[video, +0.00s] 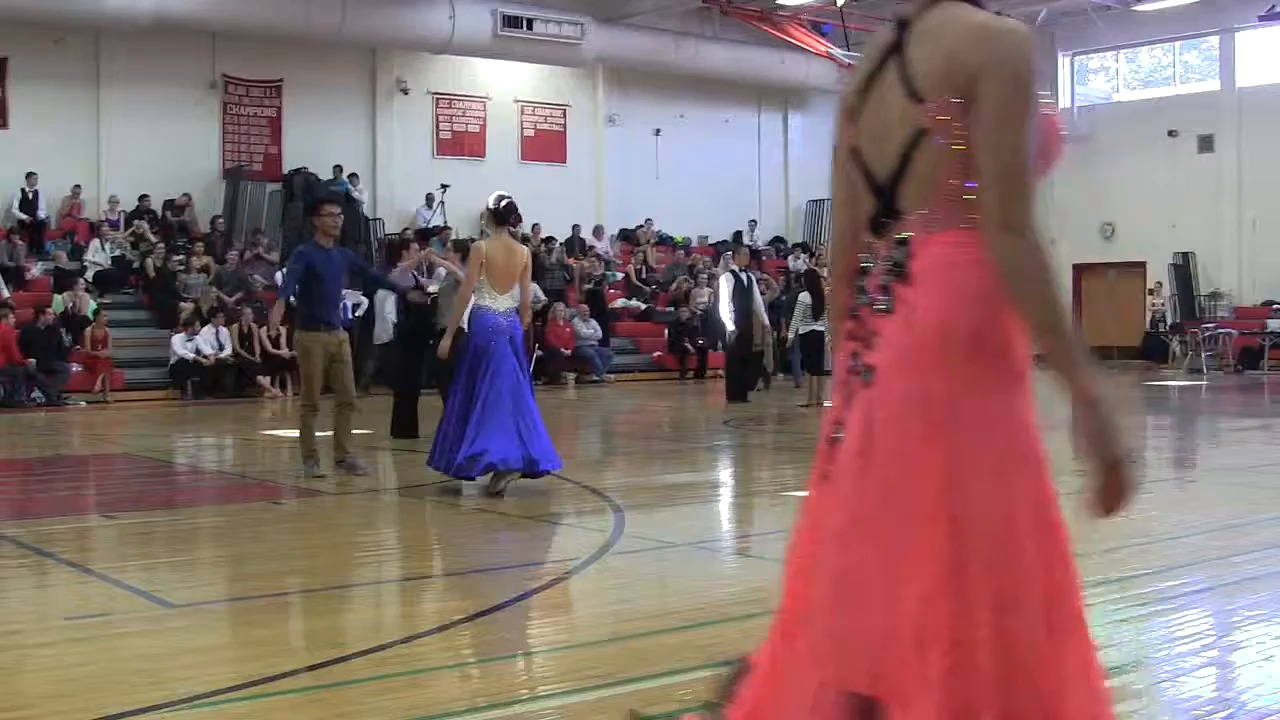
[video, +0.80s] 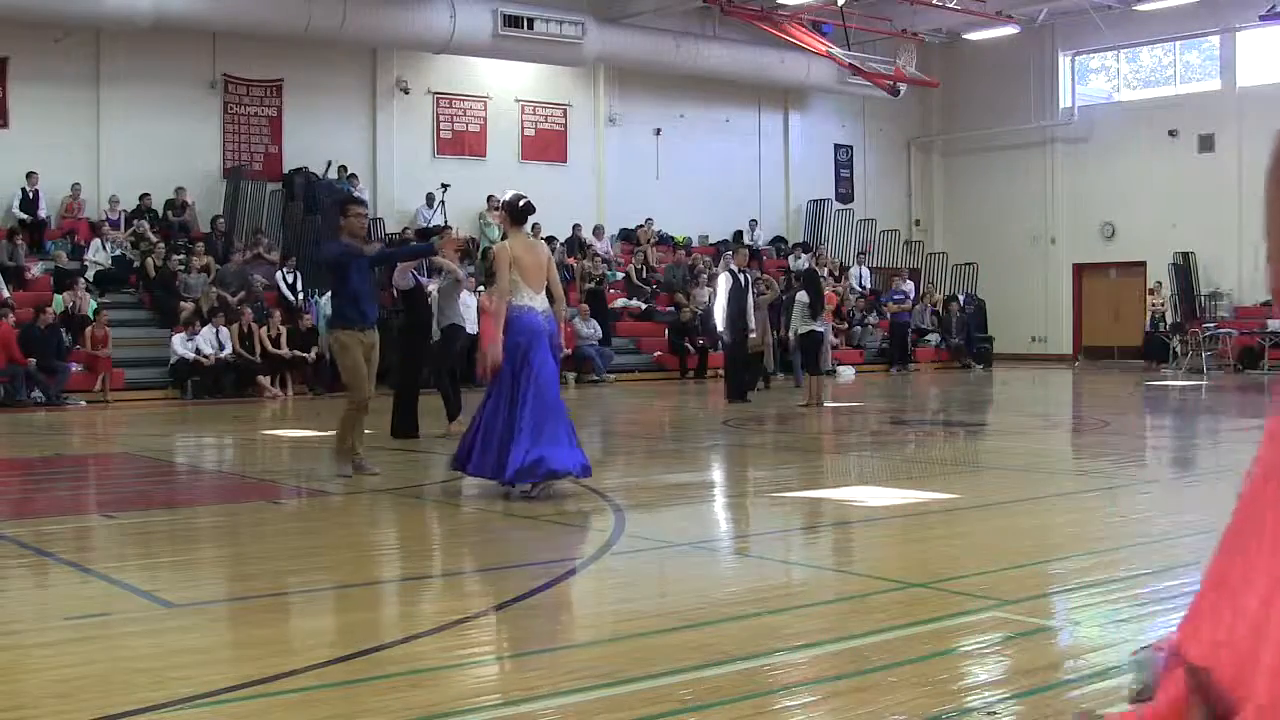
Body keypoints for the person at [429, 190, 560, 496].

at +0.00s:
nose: (482, 219)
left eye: (484, 215)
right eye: (486, 215)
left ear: (488, 218)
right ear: (511, 220)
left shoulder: (480, 248)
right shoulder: (523, 252)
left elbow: (467, 291)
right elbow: (525, 300)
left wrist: (450, 332)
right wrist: (522, 331)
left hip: (483, 325)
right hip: (511, 326)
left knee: (482, 391)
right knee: (505, 392)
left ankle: (498, 458)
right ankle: (503, 458)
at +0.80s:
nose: (498, 218)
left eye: (500, 214)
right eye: (500, 213)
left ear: (505, 217)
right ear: (527, 218)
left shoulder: (503, 249)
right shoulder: (543, 248)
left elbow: (503, 294)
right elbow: (559, 296)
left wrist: (496, 339)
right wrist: (559, 331)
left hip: (519, 324)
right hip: (544, 325)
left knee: (522, 394)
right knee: (539, 393)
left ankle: (531, 464)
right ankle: (537, 462)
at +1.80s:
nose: (522, 212)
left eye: (524, 208)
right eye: (525, 207)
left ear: (529, 212)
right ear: (549, 212)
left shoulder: (522, 249)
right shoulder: (557, 248)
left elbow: (509, 290)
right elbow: (548, 285)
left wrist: (503, 317)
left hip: (527, 322)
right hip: (551, 322)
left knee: (528, 393)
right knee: (549, 392)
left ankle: (533, 464)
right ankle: (547, 459)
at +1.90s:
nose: (518, 212)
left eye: (521, 208)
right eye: (520, 207)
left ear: (528, 213)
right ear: (546, 214)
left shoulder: (522, 248)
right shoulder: (555, 247)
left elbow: (509, 287)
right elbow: (544, 282)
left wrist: (499, 313)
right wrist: (516, 249)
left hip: (526, 323)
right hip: (549, 323)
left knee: (522, 393)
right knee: (547, 394)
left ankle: (521, 466)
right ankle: (546, 465)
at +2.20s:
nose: (508, 217)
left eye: (510, 213)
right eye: (510, 212)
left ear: (518, 219)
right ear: (536, 219)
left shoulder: (517, 250)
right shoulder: (541, 251)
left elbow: (488, 282)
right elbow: (524, 286)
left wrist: (463, 309)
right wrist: (492, 289)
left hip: (514, 327)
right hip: (534, 327)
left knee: (507, 395)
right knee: (538, 394)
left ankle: (503, 466)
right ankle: (547, 463)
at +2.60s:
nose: (490, 218)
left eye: (494, 214)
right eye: (491, 213)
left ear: (507, 218)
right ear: (516, 219)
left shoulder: (499, 249)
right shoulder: (527, 250)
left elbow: (463, 272)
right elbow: (520, 282)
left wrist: (431, 287)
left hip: (492, 322)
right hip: (513, 322)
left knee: (490, 390)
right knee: (511, 389)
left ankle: (494, 457)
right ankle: (514, 455)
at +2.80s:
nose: (490, 217)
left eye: (494, 213)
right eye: (491, 212)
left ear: (507, 218)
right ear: (514, 220)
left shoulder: (499, 248)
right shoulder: (521, 249)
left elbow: (458, 257)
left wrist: (425, 266)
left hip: (488, 320)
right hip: (505, 320)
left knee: (488, 389)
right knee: (500, 389)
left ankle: (492, 459)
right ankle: (495, 458)